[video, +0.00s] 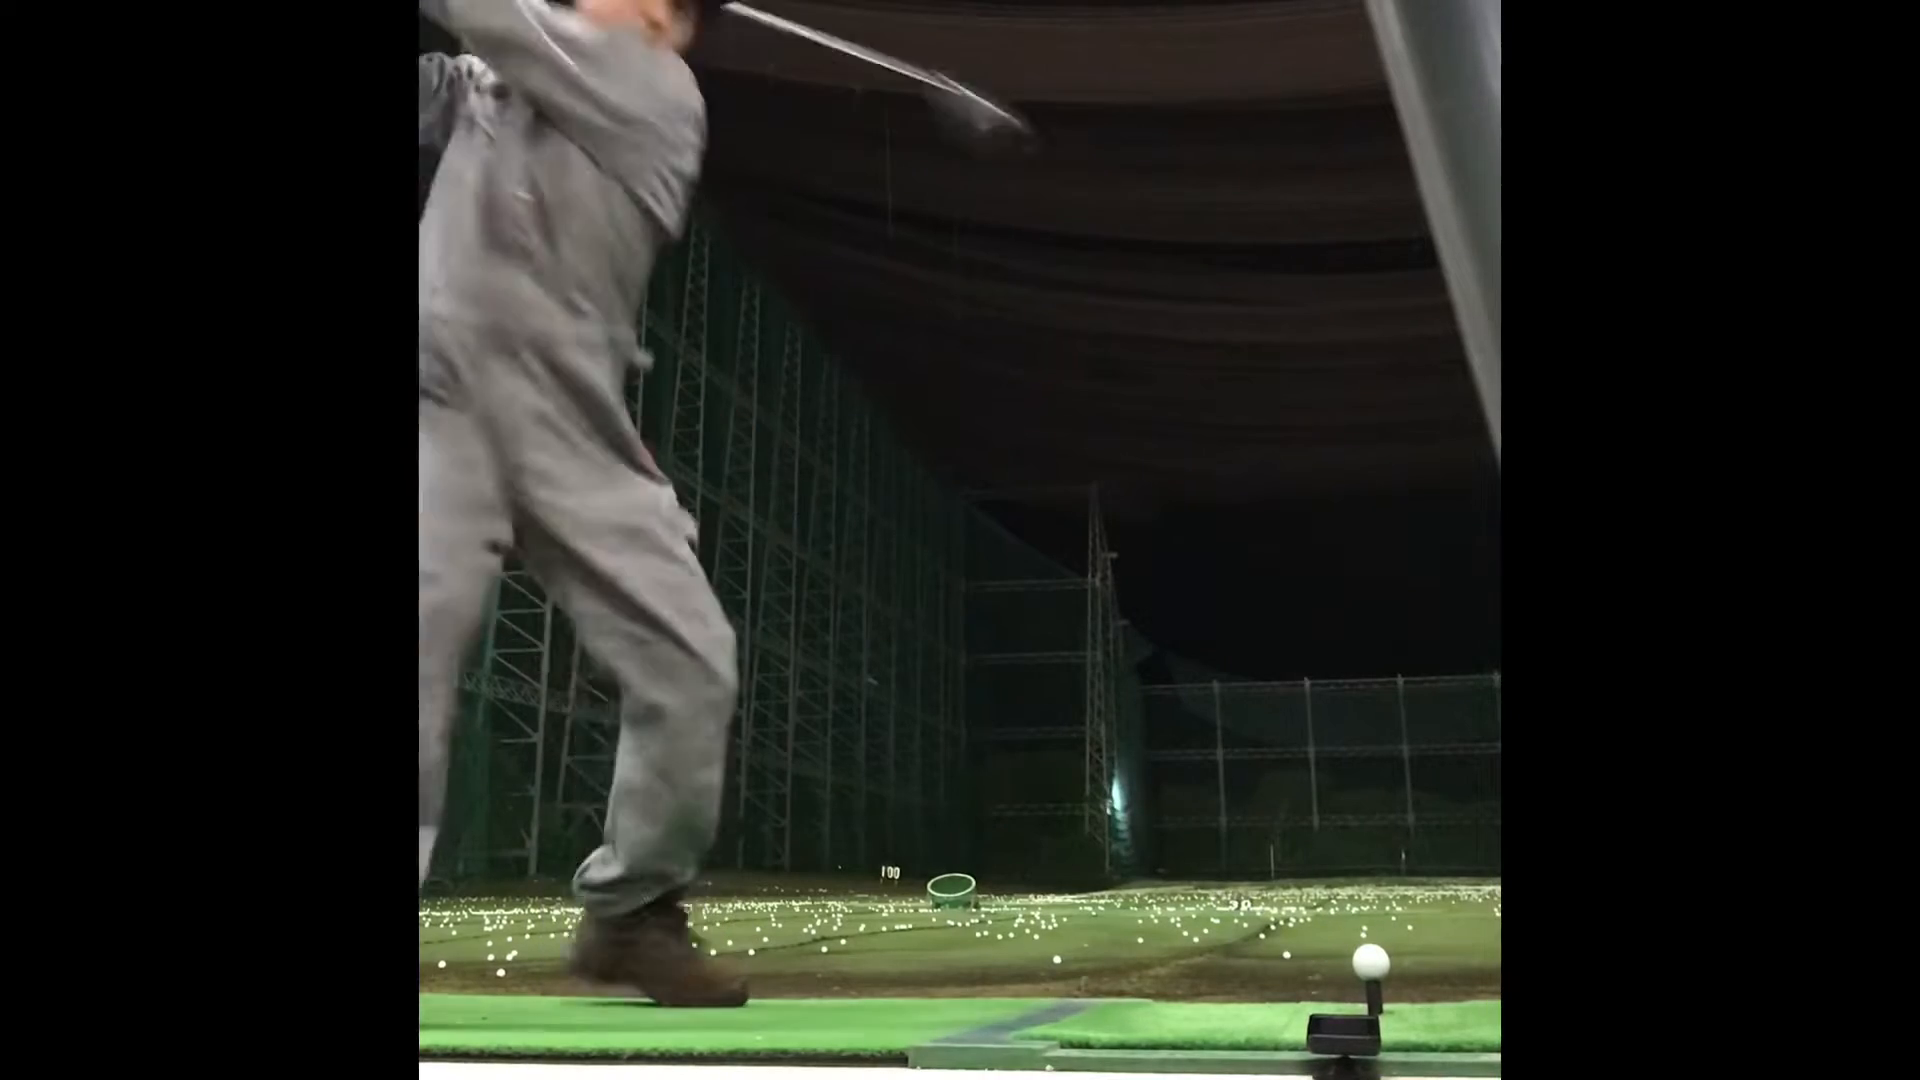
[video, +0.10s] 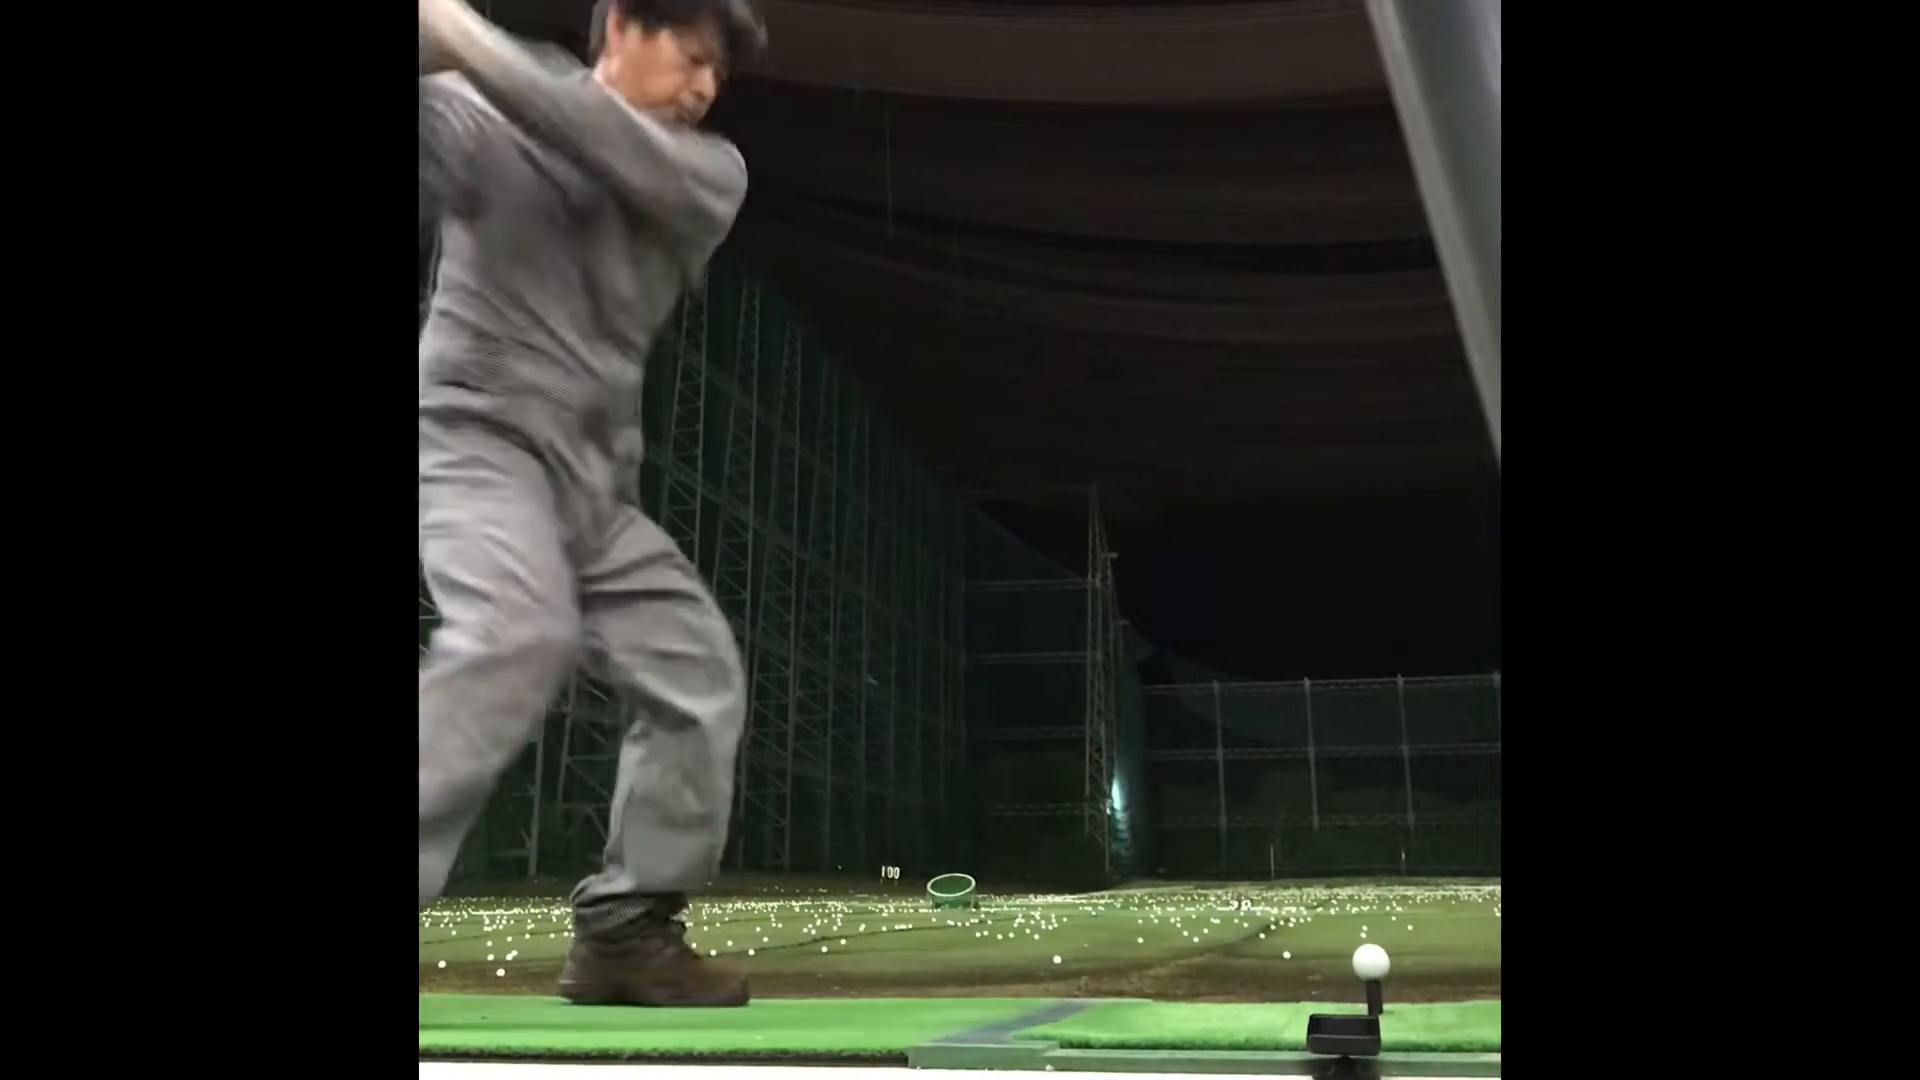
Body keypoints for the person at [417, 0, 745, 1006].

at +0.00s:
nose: (586, 10)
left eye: (615, 4)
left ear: (668, 21)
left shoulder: (660, 93)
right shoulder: (485, 78)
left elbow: (485, 18)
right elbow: (425, 76)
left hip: (578, 428)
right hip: (442, 410)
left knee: (689, 663)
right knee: (429, 631)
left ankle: (629, 915)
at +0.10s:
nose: (705, 86)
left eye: (717, 72)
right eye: (689, 55)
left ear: (727, 86)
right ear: (615, 29)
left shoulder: (711, 176)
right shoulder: (493, 127)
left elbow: (600, 139)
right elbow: (430, 112)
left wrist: (468, 37)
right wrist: (434, 55)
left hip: (593, 493)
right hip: (467, 450)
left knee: (696, 667)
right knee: (517, 635)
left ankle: (625, 933)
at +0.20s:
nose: (701, 62)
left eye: (710, 43)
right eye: (689, 36)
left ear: (646, 21)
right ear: (617, 9)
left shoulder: (655, 95)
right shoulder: (539, 96)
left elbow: (712, 219)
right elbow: (608, 283)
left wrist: (763, 343)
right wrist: (729, 400)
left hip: (559, 396)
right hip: (485, 385)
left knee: (598, 621)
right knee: (519, 604)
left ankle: (623, 909)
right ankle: (426, 872)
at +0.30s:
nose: (730, 63)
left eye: (741, 43)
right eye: (729, 37)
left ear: (646, 8)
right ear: (661, 9)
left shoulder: (524, 17)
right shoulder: (640, 131)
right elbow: (705, 244)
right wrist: (735, 278)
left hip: (467, 344)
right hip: (532, 368)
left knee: (482, 607)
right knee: (480, 611)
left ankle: (466, 906)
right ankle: (466, 912)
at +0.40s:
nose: (759, 72)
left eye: (772, 55)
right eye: (766, 49)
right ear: (732, 30)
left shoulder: (527, 12)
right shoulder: (725, 132)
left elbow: (425, 36)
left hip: (435, 322)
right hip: (564, 356)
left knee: (440, 605)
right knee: (510, 599)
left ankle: (459, 924)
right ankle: (423, 865)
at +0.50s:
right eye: (729, 33)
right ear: (709, 27)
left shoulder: (523, 48)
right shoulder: (715, 126)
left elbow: (428, 92)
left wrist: (466, 18)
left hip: (434, 329)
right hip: (561, 357)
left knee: (437, 607)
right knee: (520, 587)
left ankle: (442, 920)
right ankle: (435, 851)